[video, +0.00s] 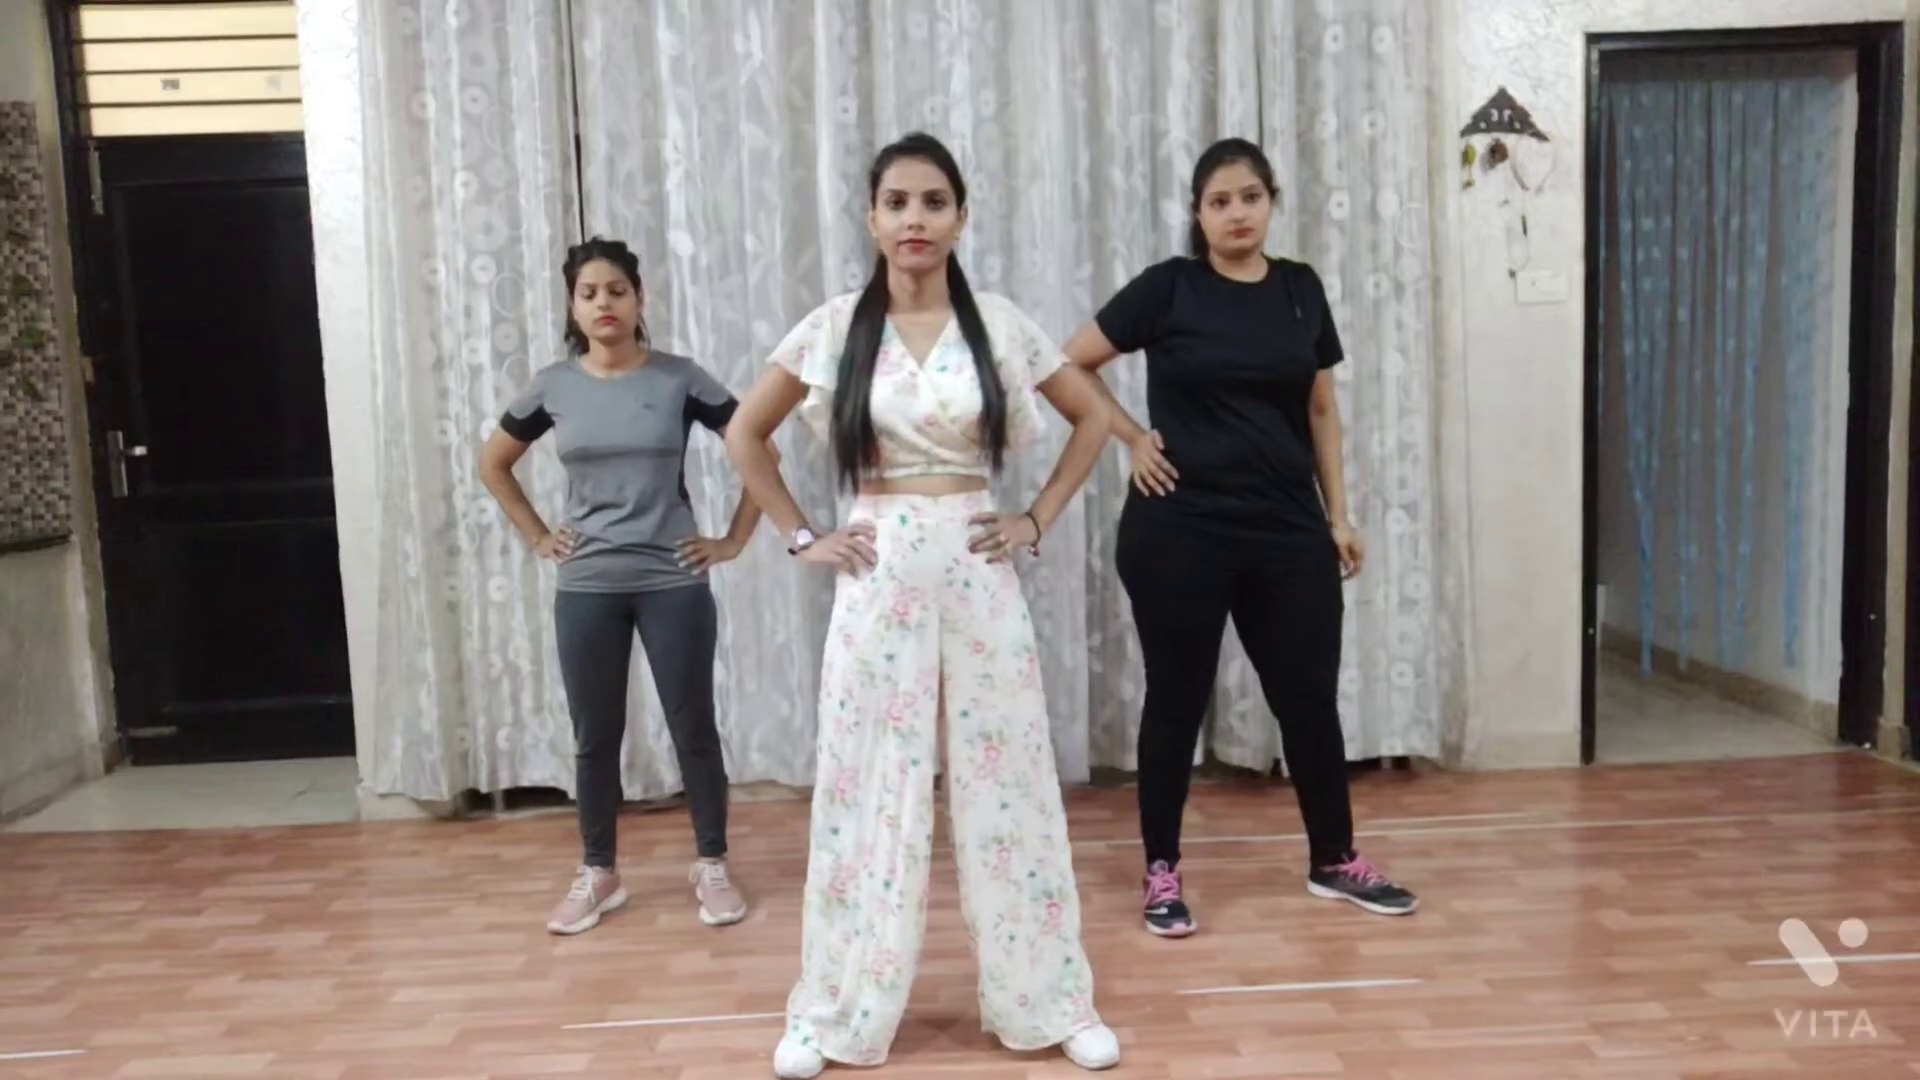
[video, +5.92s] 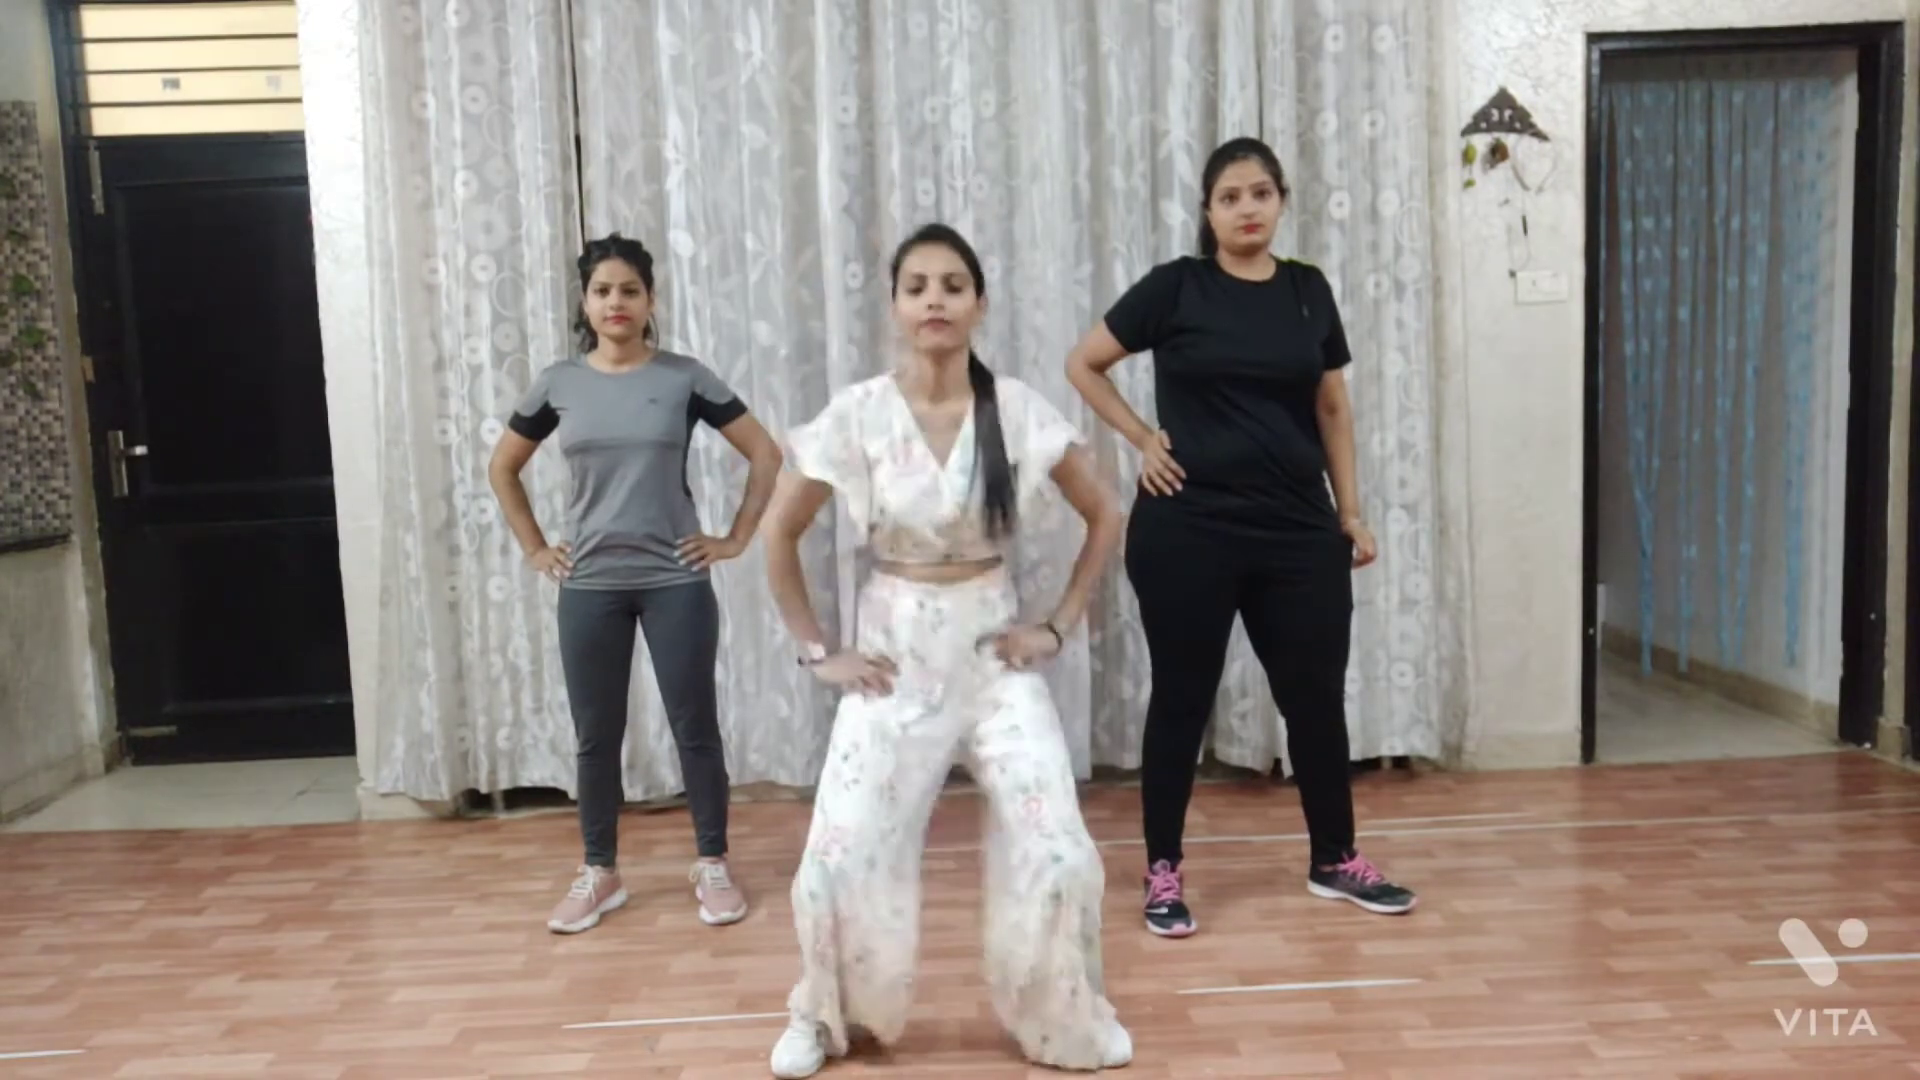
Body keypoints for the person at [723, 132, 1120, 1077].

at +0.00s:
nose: (914, 221)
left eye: (933, 203)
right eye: (897, 203)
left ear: (959, 216)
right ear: (872, 217)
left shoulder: (997, 326)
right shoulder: (834, 328)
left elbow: (1098, 420)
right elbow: (743, 435)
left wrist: (1035, 519)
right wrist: (806, 535)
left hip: (982, 579)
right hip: (880, 582)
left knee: (1008, 789)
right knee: (863, 793)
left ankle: (1047, 1000)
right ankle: (832, 1013)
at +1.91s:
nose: (918, 258)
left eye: (936, 240)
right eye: (901, 240)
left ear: (962, 255)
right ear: (876, 254)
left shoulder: (1002, 358)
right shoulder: (842, 362)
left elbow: (1119, 437)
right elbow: (757, 483)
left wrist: (1048, 543)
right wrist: (823, 592)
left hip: (1000, 604)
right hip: (895, 612)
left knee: (1033, 804)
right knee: (858, 813)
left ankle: (1053, 1009)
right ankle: (833, 1017)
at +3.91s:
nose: (939, 318)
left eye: (956, 301)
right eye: (921, 301)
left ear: (982, 313)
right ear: (898, 314)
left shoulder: (1021, 414)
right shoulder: (858, 415)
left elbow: (1122, 504)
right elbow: (762, 529)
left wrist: (1060, 606)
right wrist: (815, 639)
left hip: (997, 662)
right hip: (885, 666)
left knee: (1063, 852)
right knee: (838, 856)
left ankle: (1065, 1022)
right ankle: (816, 1021)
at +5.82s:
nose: (929, 290)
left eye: (947, 273)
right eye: (912, 274)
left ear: (975, 290)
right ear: (889, 290)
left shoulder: (1019, 400)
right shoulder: (848, 409)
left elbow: (1104, 505)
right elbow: (776, 531)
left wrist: (1063, 621)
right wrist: (819, 648)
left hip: (1000, 649)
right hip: (887, 652)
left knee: (1052, 842)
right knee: (842, 847)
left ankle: (1073, 1011)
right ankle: (815, 1015)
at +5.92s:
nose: (935, 302)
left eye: (952, 286)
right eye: (917, 287)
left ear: (979, 304)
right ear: (893, 306)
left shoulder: (1016, 411)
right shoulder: (854, 417)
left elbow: (1107, 516)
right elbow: (776, 535)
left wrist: (1056, 629)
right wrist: (820, 652)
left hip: (1001, 653)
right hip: (890, 657)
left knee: (1061, 849)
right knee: (836, 854)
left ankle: (1066, 1017)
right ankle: (820, 1016)